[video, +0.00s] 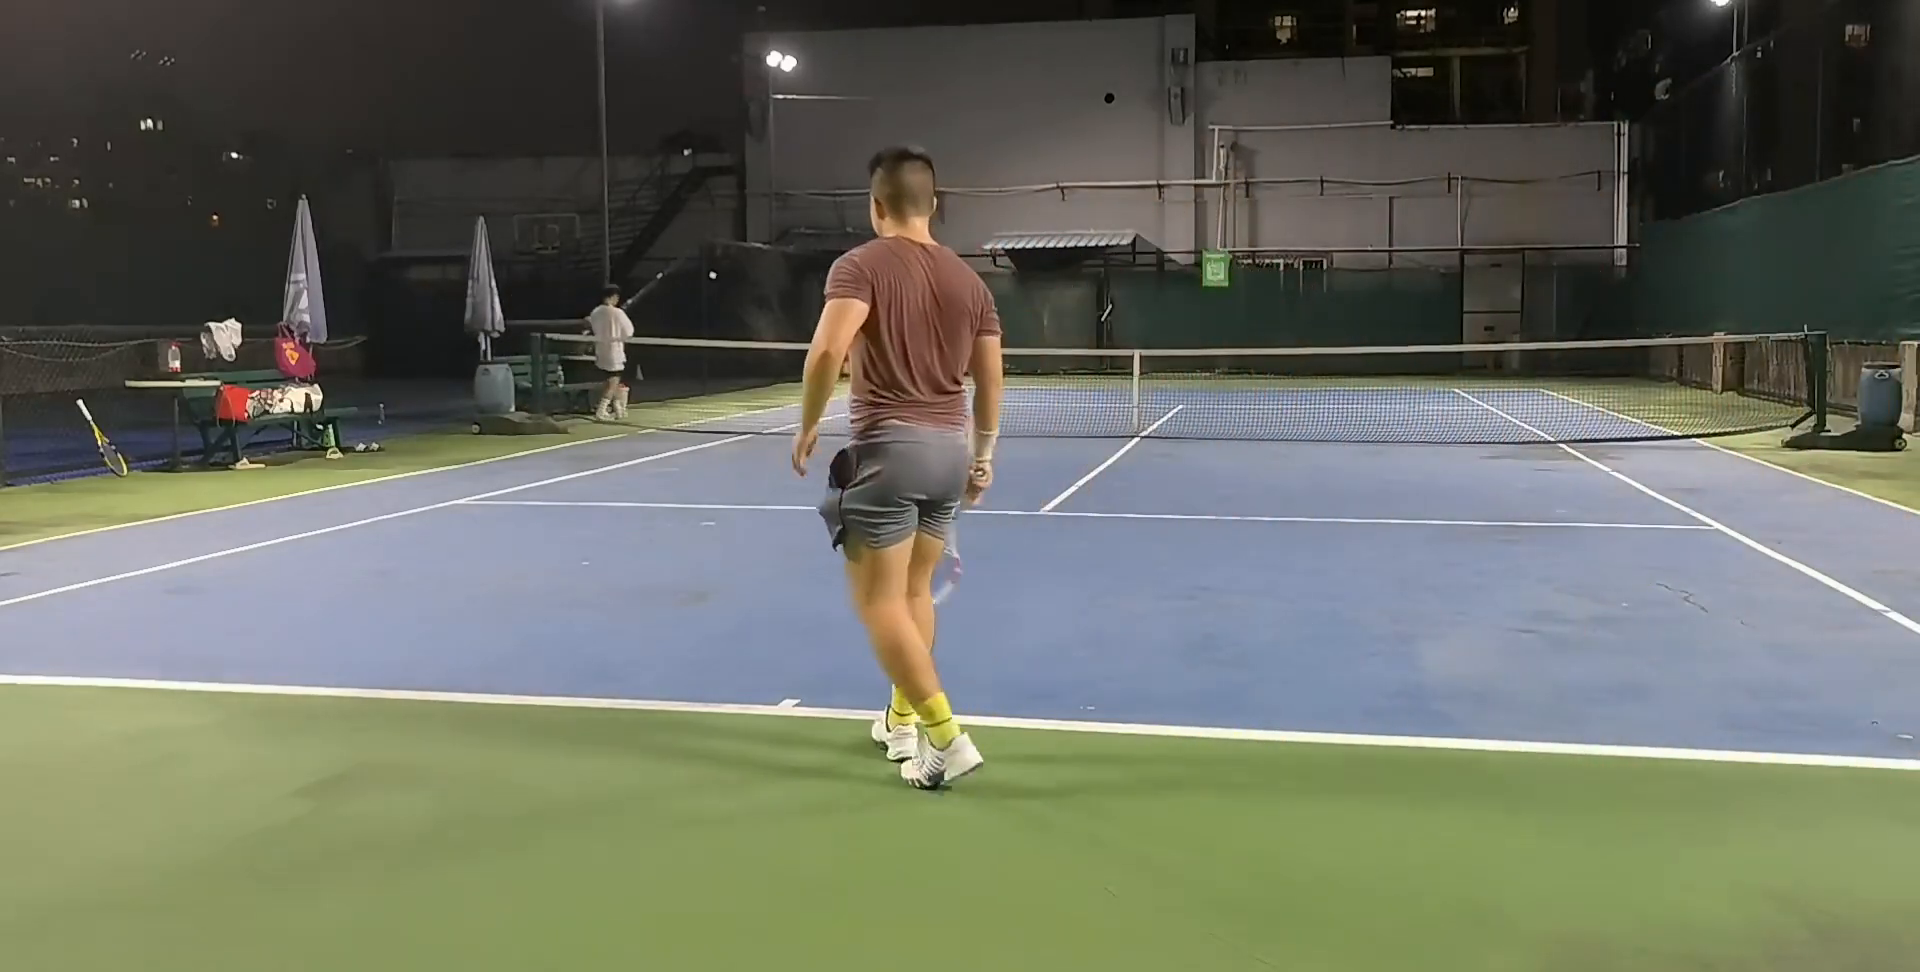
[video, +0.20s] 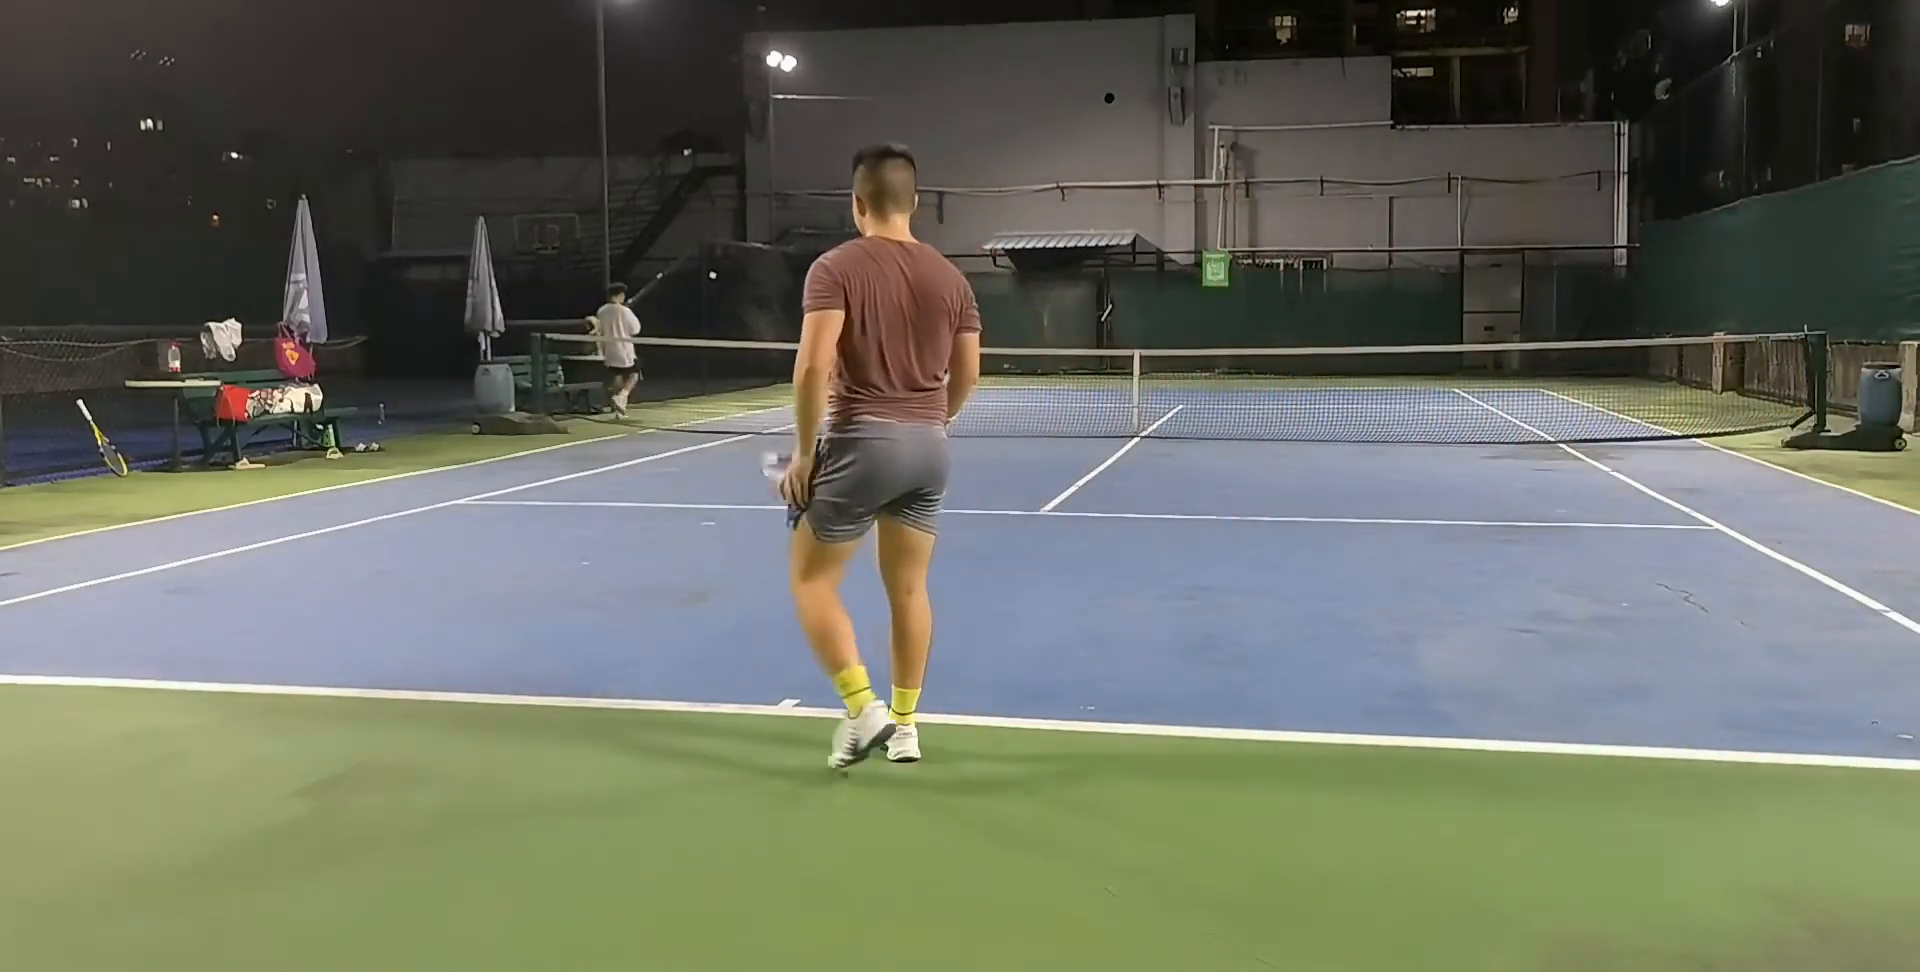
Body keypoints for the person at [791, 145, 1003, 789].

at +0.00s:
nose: (869, 211)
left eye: (869, 203)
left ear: (876, 206)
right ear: (934, 205)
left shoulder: (861, 263)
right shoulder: (967, 279)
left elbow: (829, 352)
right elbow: (990, 377)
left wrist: (809, 426)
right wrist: (984, 448)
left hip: (886, 446)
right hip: (952, 448)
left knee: (880, 602)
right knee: (918, 589)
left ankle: (948, 741)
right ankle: (901, 723)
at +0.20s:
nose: (854, 209)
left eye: (853, 201)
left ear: (858, 204)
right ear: (914, 203)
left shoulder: (834, 268)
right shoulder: (950, 277)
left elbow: (814, 367)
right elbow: (965, 381)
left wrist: (806, 452)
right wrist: (929, 424)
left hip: (860, 441)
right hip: (929, 442)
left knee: (813, 578)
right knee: (910, 584)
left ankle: (861, 708)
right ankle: (903, 725)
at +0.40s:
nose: (823, 210)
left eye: (822, 202)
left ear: (825, 205)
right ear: (882, 202)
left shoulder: (801, 273)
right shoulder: (924, 276)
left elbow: (776, 370)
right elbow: (946, 367)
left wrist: (776, 451)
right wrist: (910, 411)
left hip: (828, 441)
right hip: (902, 442)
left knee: (794, 590)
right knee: (900, 589)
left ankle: (760, 735)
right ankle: (902, 727)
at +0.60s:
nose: (785, 212)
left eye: (782, 204)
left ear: (786, 204)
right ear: (844, 203)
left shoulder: (760, 277)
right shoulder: (890, 276)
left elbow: (727, 382)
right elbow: (916, 368)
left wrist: (731, 361)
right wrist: (882, 412)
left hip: (788, 439)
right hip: (861, 442)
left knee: (771, 591)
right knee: (878, 588)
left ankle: (757, 738)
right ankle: (899, 724)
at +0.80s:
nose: (760, 214)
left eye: (756, 205)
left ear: (759, 206)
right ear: (818, 204)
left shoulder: (733, 278)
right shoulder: (861, 276)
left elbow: (694, 373)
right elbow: (891, 371)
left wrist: (715, 338)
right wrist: (854, 420)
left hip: (758, 439)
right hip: (834, 445)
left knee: (754, 593)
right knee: (859, 591)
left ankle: (756, 740)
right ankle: (888, 724)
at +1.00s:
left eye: (750, 204)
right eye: (808, 201)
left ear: (750, 207)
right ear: (809, 205)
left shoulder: (717, 281)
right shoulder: (844, 278)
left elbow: (688, 374)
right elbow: (880, 371)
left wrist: (732, 360)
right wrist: (849, 418)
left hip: (742, 442)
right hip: (821, 448)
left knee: (748, 592)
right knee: (854, 589)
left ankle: (755, 739)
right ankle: (884, 727)